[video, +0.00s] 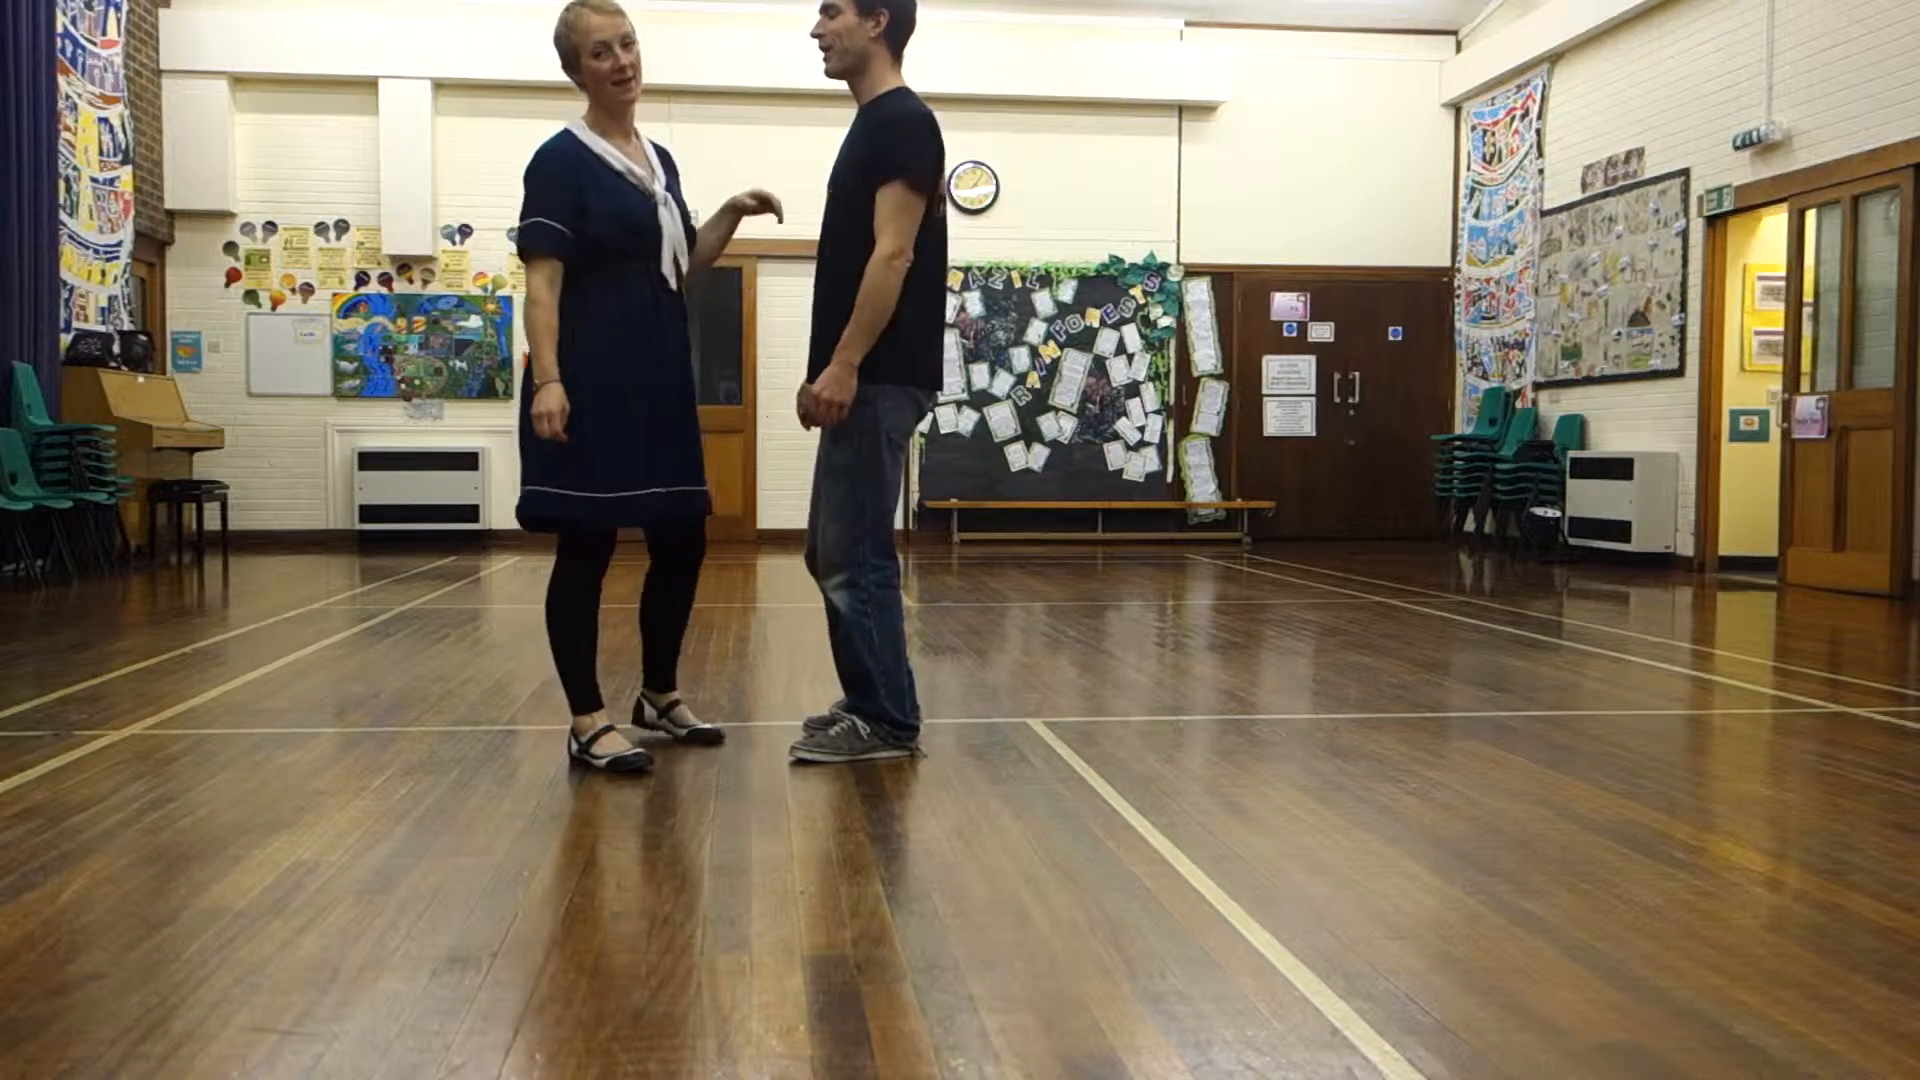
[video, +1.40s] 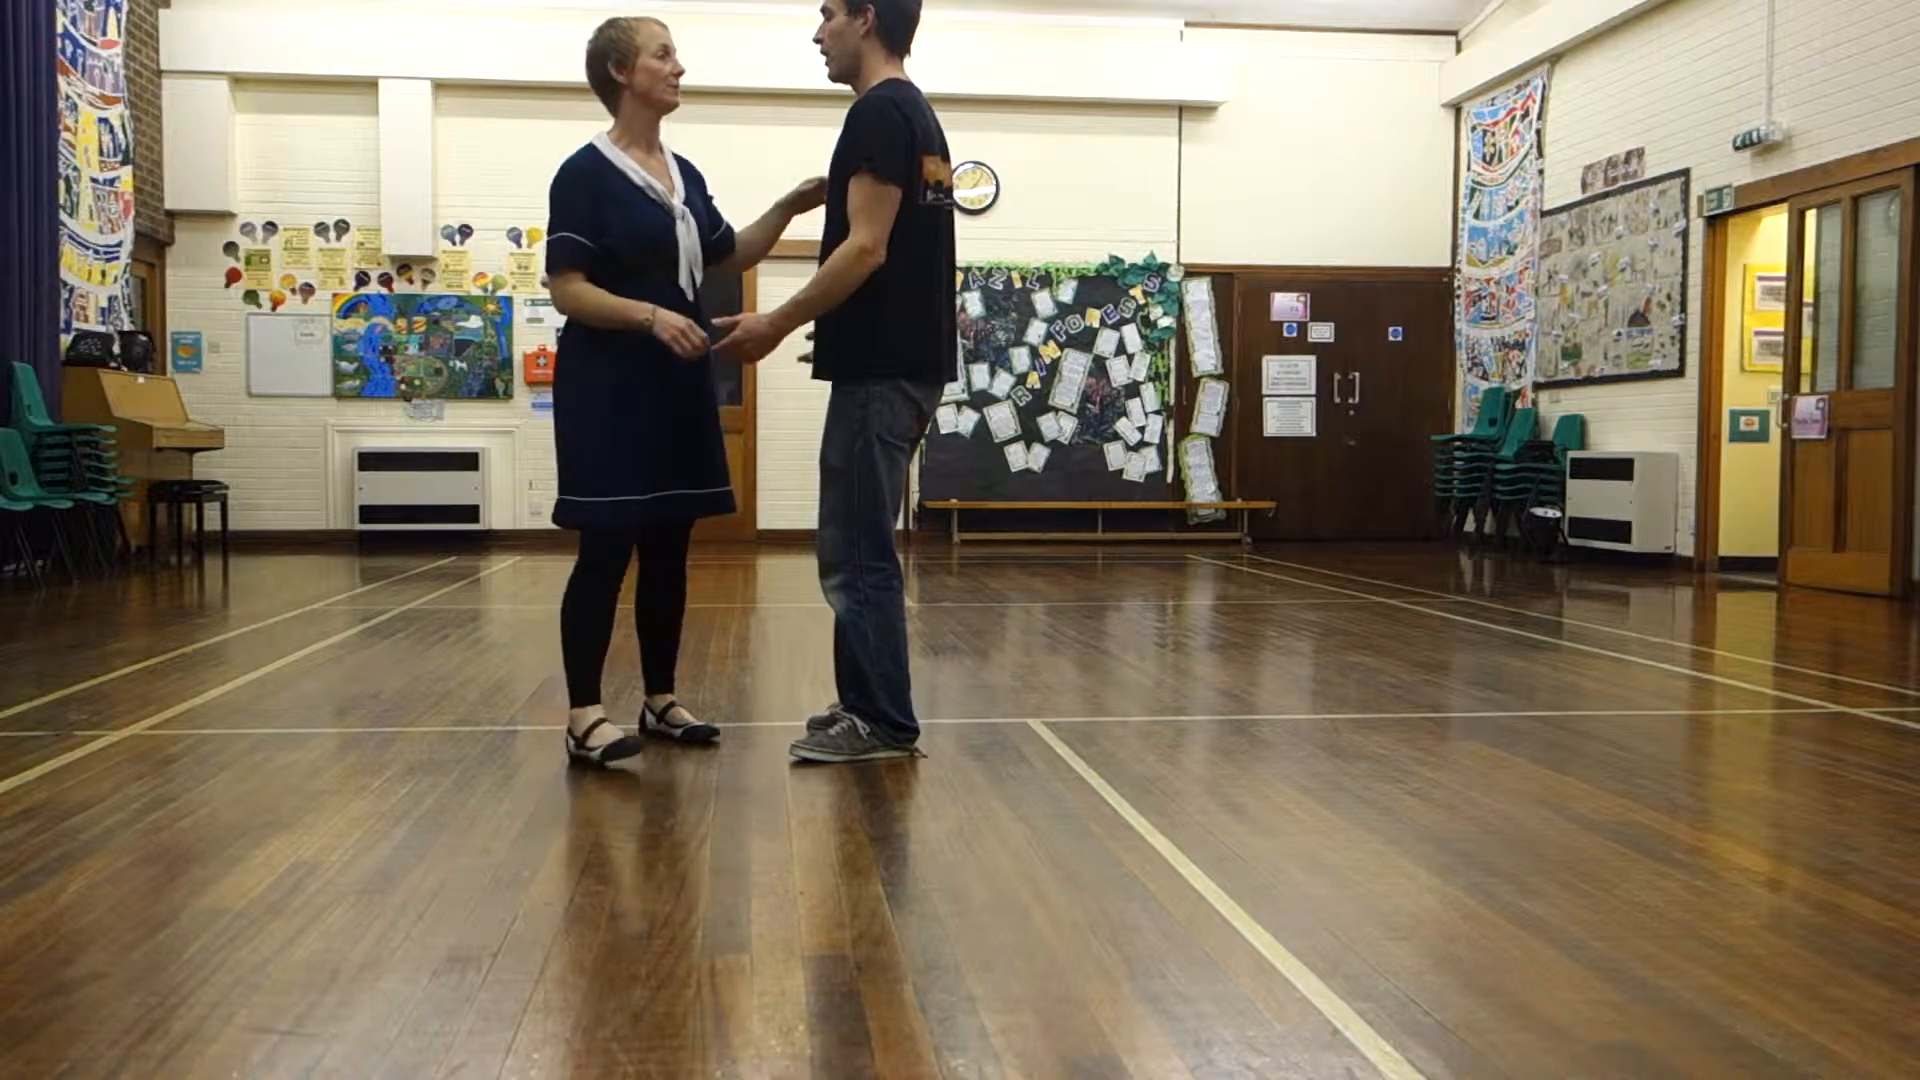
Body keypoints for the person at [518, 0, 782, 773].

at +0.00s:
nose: (620, 60)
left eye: (626, 44)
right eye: (600, 52)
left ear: (642, 51)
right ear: (574, 70)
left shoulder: (659, 159)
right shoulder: (559, 161)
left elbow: (680, 268)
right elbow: (542, 283)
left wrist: (732, 212)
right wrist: (547, 379)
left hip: (659, 388)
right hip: (586, 388)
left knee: (682, 533)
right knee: (585, 546)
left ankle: (658, 699)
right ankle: (588, 724)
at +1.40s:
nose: (680, 67)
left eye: (677, 55)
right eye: (662, 56)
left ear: (643, 74)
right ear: (619, 72)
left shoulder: (683, 174)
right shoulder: (584, 174)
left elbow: (731, 258)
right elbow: (568, 289)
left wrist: (793, 203)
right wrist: (650, 314)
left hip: (678, 396)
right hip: (608, 399)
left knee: (667, 546)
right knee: (605, 551)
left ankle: (661, 702)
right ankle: (585, 718)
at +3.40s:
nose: (645, 87)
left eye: (650, 78)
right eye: (630, 74)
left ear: (647, 91)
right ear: (589, 84)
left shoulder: (628, 175)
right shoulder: (585, 160)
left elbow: (661, 288)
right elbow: (628, 266)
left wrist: (744, 280)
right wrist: (733, 257)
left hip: (626, 388)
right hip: (602, 388)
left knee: (616, 542)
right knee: (638, 541)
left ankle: (591, 707)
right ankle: (596, 712)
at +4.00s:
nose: (739, 56)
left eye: (748, 47)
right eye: (726, 37)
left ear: (744, 63)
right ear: (681, 40)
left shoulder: (686, 133)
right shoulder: (663, 123)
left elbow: (696, 273)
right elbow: (717, 261)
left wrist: (750, 308)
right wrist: (808, 295)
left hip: (681, 383)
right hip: (644, 384)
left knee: (728, 543)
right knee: (659, 552)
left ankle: (646, 699)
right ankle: (608, 739)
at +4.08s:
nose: (760, 53)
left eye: (768, 43)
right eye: (746, 34)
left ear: (763, 56)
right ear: (699, 38)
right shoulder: (688, 124)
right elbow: (738, 258)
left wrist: (804, 295)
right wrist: (822, 286)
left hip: (690, 381)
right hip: (670, 381)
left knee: (755, 540)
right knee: (663, 553)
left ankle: (707, 728)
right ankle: (608, 742)